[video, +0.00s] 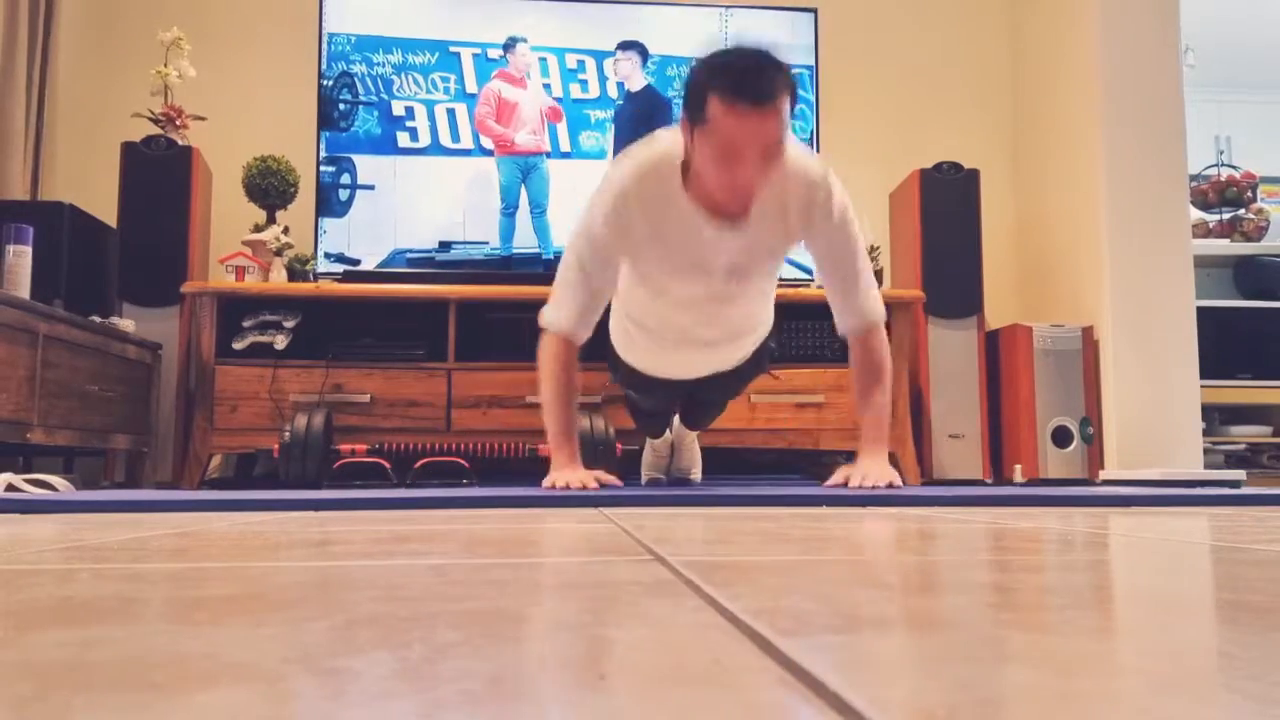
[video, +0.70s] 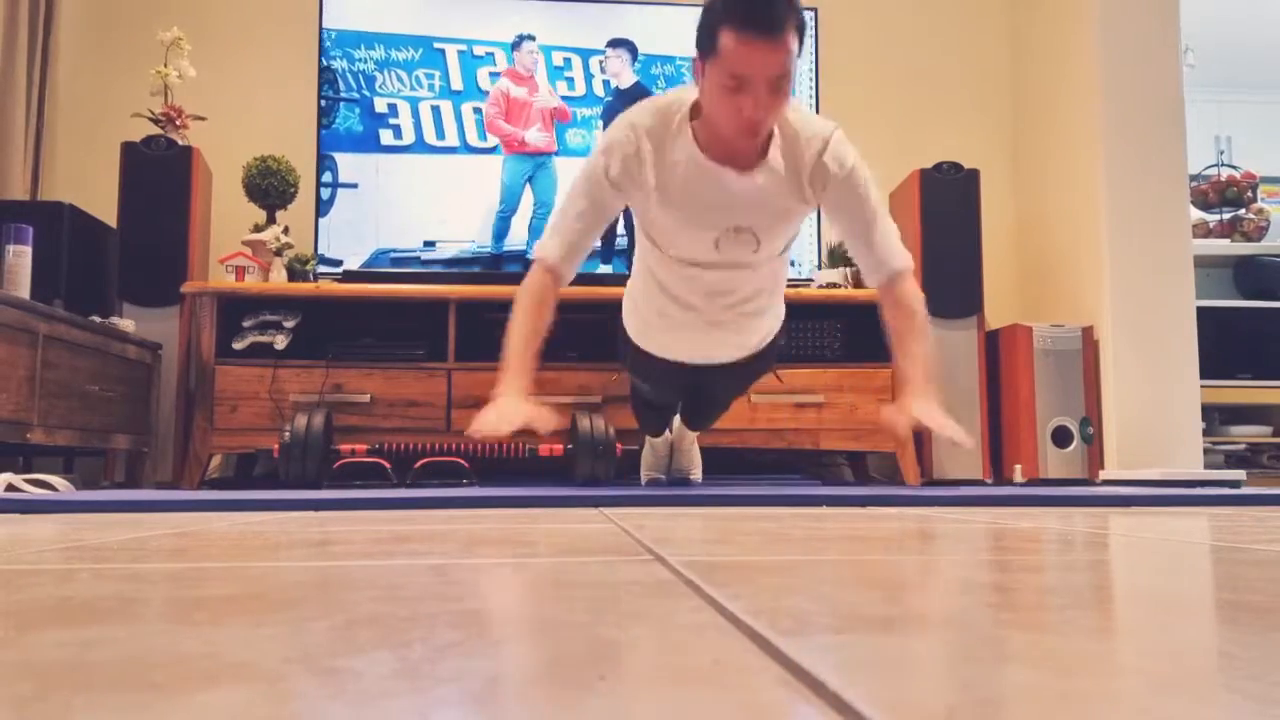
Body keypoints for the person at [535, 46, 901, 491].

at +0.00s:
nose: (747, 177)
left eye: (767, 156)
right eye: (727, 156)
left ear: (783, 143)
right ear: (689, 135)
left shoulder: (809, 187)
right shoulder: (631, 183)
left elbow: (865, 325)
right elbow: (560, 330)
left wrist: (874, 455)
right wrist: (564, 462)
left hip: (735, 351)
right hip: (644, 350)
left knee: (699, 413)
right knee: (652, 414)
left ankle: (686, 436)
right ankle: (658, 440)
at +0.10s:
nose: (756, 323)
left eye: (774, 305)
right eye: (738, 304)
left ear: (797, 282)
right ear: (698, 277)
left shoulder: (835, 284)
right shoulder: (628, 276)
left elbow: (911, 358)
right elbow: (526, 350)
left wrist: (879, 464)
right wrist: (559, 465)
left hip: (737, 400)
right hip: (640, 396)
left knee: (706, 424)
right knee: (644, 425)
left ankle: (683, 444)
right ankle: (655, 447)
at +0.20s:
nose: (761, 391)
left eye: (779, 376)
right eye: (745, 373)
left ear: (804, 344)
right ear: (704, 339)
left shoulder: (837, 323)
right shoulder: (633, 318)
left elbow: (920, 357)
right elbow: (524, 351)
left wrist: (882, 462)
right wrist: (559, 463)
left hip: (732, 430)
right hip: (638, 425)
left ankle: (683, 457)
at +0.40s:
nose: (765, 366)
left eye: (785, 345)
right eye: (747, 344)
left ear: (806, 322)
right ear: (705, 315)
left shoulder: (838, 315)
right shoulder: (636, 312)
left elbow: (918, 360)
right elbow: (525, 351)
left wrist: (882, 462)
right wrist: (560, 461)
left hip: (746, 457)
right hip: (640, 456)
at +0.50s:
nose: (757, 237)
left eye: (778, 216)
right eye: (740, 212)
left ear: (796, 209)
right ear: (699, 196)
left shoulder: (830, 250)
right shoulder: (633, 241)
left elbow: (903, 349)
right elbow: (544, 344)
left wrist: (879, 460)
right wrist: (564, 463)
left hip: (744, 396)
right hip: (650, 388)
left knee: (711, 424)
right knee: (648, 426)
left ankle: (684, 444)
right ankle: (656, 446)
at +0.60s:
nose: (753, 116)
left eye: (773, 93)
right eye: (734, 91)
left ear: (789, 86)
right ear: (697, 80)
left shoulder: (816, 160)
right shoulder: (638, 151)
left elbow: (853, 295)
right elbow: (588, 287)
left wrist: (868, 429)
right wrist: (572, 426)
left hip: (751, 322)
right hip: (657, 316)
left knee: (705, 411)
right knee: (655, 408)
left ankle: (684, 437)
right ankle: (657, 440)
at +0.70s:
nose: (757, 110)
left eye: (775, 87)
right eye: (736, 86)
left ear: (793, 75)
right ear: (700, 72)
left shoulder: (821, 152)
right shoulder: (636, 139)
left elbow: (895, 276)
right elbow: (551, 266)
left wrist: (917, 391)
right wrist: (513, 388)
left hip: (748, 338)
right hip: (657, 330)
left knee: (706, 409)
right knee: (656, 411)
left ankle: (687, 437)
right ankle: (656, 442)